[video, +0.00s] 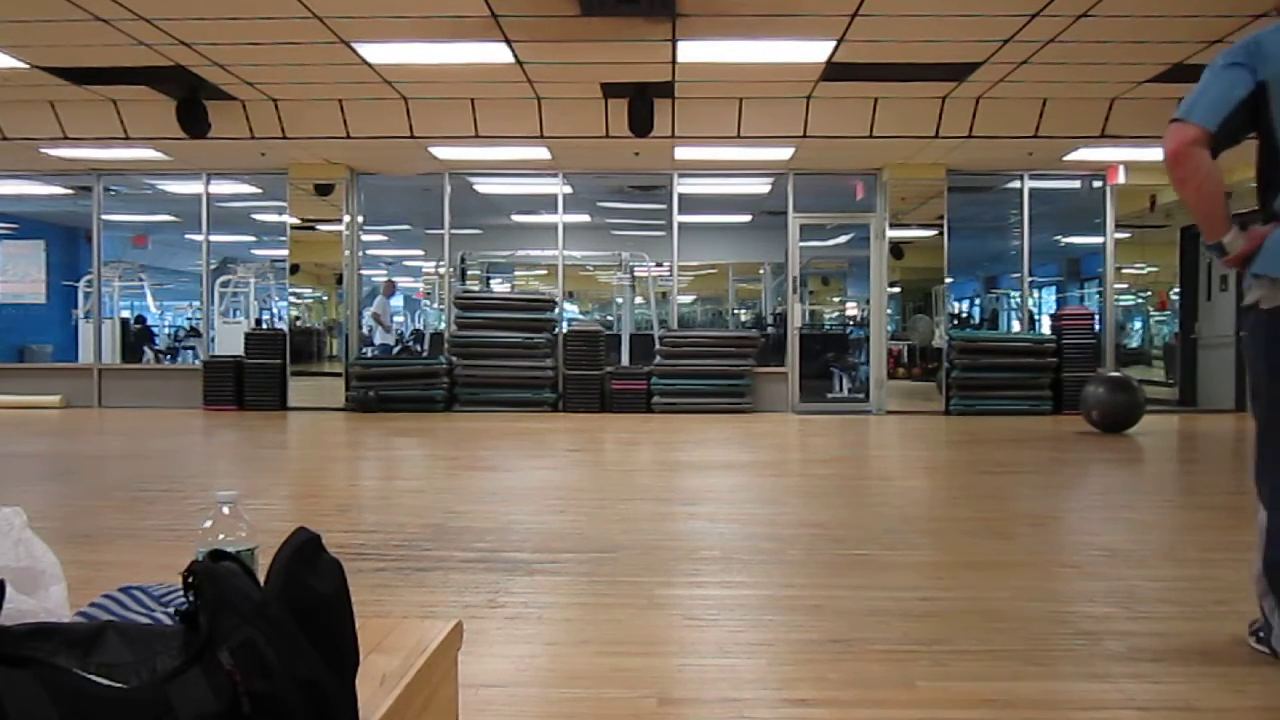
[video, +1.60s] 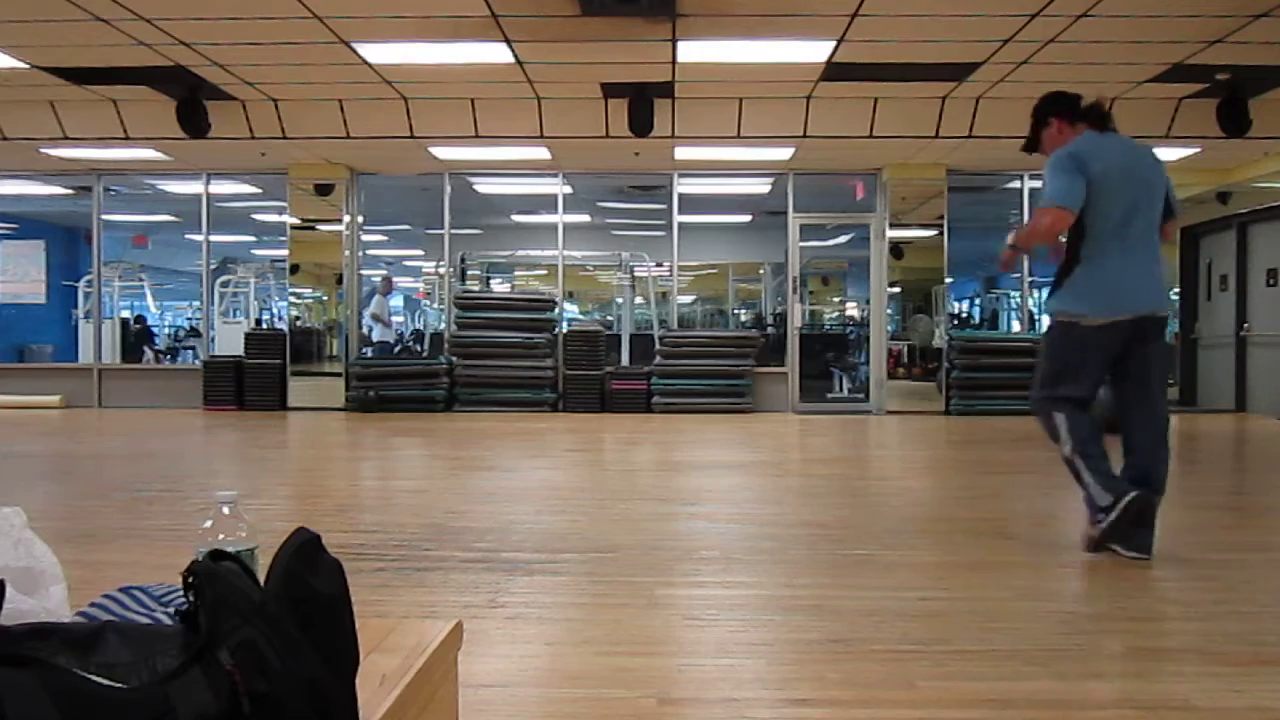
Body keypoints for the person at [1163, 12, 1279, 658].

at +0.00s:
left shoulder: (1264, 45)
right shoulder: (1262, 47)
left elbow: (1183, 144)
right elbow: (1185, 144)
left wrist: (1228, 237)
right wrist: (1228, 240)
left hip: (1276, 296)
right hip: (1271, 296)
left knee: (1276, 463)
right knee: (1275, 464)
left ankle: (1274, 618)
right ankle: (1272, 617)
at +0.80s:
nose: (1181, 103)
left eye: (1179, 94)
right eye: (1179, 94)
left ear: (1195, 83)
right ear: (1235, 77)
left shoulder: (1191, 123)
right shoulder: (1277, 105)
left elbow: (1144, 204)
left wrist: (1171, 270)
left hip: (1225, 300)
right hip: (1279, 303)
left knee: (1205, 437)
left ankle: (1195, 554)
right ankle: (1279, 578)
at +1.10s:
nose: (1117, 129)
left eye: (1115, 122)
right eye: (1115, 123)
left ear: (1129, 108)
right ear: (1171, 103)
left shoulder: (1132, 133)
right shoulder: (1235, 137)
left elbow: (1093, 193)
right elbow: (1267, 217)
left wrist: (1115, 261)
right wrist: (1276, 292)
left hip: (1162, 296)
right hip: (1224, 298)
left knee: (1171, 421)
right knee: (1211, 411)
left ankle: (1190, 556)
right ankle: (1244, 517)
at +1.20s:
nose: (1105, 127)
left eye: (1103, 121)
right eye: (1103, 121)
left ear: (1116, 107)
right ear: (1156, 104)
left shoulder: (1117, 129)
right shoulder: (1220, 136)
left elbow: (1081, 188)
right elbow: (1259, 207)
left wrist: (1097, 257)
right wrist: (1273, 282)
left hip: (1145, 292)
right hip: (1204, 295)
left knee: (1124, 402)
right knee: (1178, 408)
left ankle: (1174, 519)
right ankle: (1177, 532)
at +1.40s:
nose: (1082, 143)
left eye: (1080, 136)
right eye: (1080, 137)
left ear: (1094, 123)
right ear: (1131, 120)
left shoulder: (1093, 153)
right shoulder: (1186, 157)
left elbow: (1071, 218)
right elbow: (1213, 233)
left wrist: (1061, 275)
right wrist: (1217, 308)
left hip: (1114, 312)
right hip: (1173, 314)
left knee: (1078, 403)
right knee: (1144, 421)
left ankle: (1139, 508)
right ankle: (1127, 528)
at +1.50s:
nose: (1062, 136)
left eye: (1061, 128)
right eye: (1060, 129)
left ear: (1076, 115)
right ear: (1108, 112)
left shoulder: (1080, 146)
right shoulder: (1165, 146)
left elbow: (1064, 212)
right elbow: (1187, 229)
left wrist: (1043, 257)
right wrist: (1155, 267)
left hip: (1101, 299)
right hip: (1163, 299)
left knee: (1083, 403)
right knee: (1151, 411)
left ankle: (1136, 504)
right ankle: (1132, 528)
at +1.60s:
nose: (1047, 155)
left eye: (1045, 145)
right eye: (1043, 148)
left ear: (1057, 127)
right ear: (1085, 122)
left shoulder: (1070, 157)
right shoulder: (1146, 156)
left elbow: (1055, 222)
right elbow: (1167, 229)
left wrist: (1017, 242)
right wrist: (1114, 238)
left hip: (1091, 307)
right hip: (1149, 306)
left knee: (1056, 399)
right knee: (1146, 416)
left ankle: (1107, 499)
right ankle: (1135, 535)